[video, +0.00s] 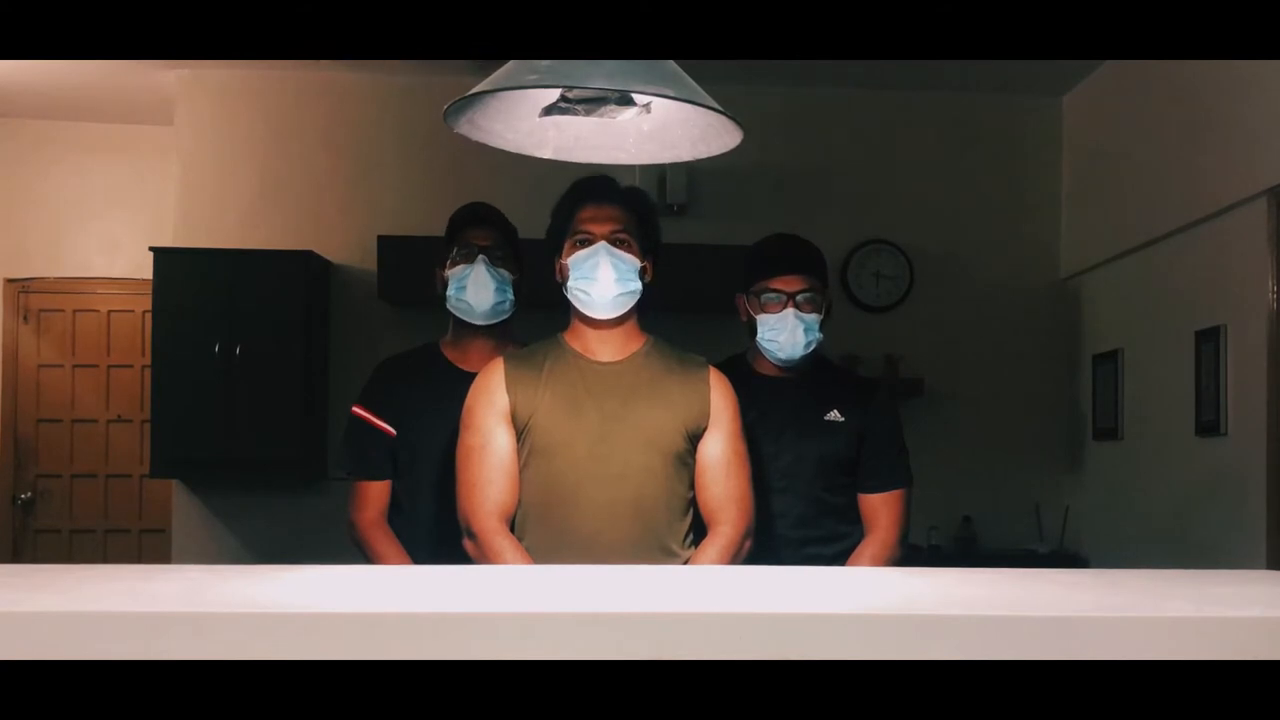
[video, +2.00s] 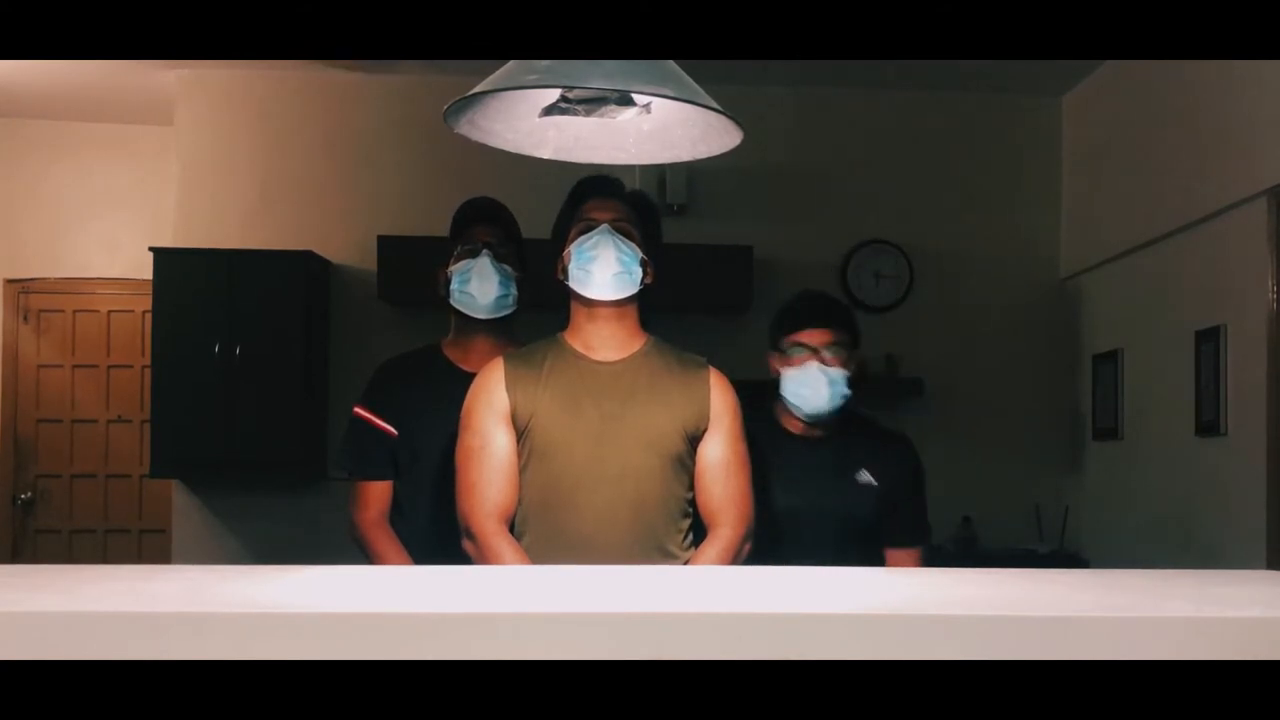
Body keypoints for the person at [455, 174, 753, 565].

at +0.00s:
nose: (601, 256)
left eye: (620, 242)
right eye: (583, 242)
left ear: (645, 268)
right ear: (560, 267)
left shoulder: (704, 387)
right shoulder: (503, 381)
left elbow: (732, 530)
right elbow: (483, 529)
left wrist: (668, 615)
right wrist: (552, 615)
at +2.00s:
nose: (603, 240)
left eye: (621, 233)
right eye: (586, 231)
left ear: (647, 267)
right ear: (562, 262)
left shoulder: (705, 388)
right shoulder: (503, 381)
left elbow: (731, 531)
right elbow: (483, 529)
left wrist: (667, 615)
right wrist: (549, 616)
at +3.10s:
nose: (601, 244)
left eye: (619, 235)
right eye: (583, 235)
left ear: (644, 269)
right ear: (560, 266)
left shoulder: (703, 389)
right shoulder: (503, 383)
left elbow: (730, 531)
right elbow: (484, 533)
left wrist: (667, 617)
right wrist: (552, 618)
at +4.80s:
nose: (600, 244)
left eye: (619, 235)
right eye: (583, 235)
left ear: (644, 268)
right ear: (560, 266)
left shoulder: (704, 389)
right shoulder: (502, 383)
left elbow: (730, 532)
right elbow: (484, 533)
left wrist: (667, 616)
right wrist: (550, 617)